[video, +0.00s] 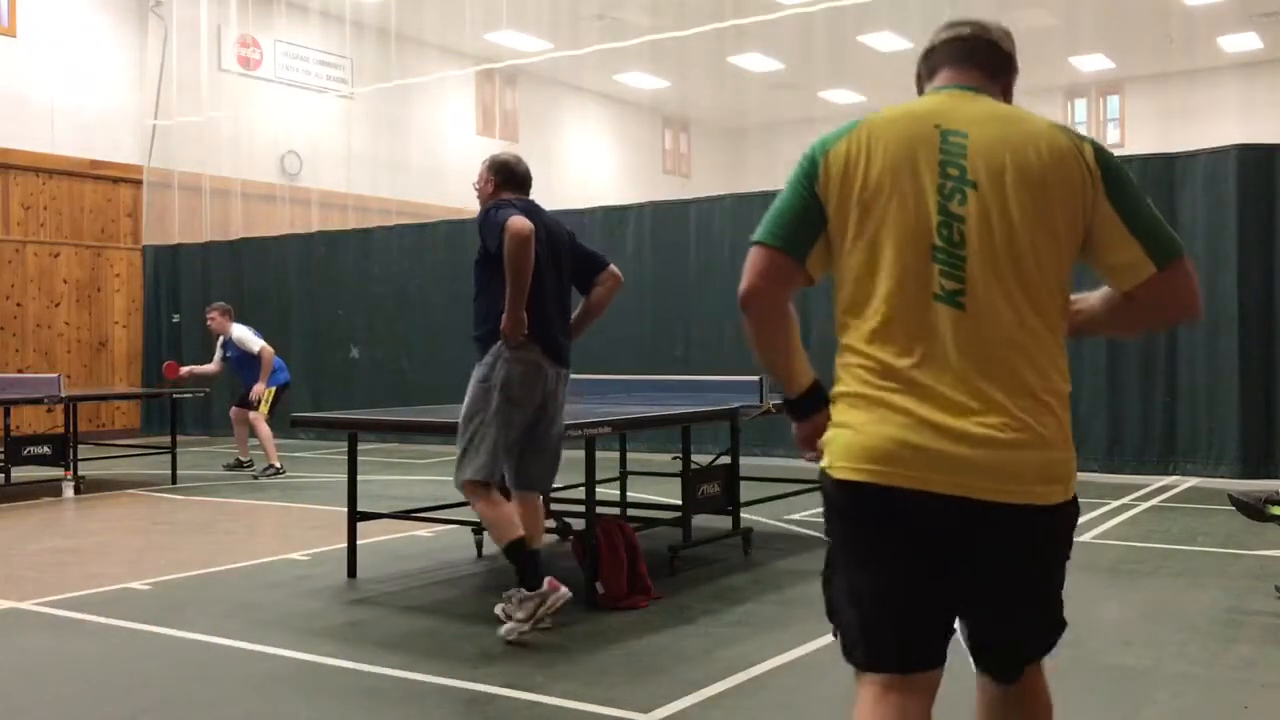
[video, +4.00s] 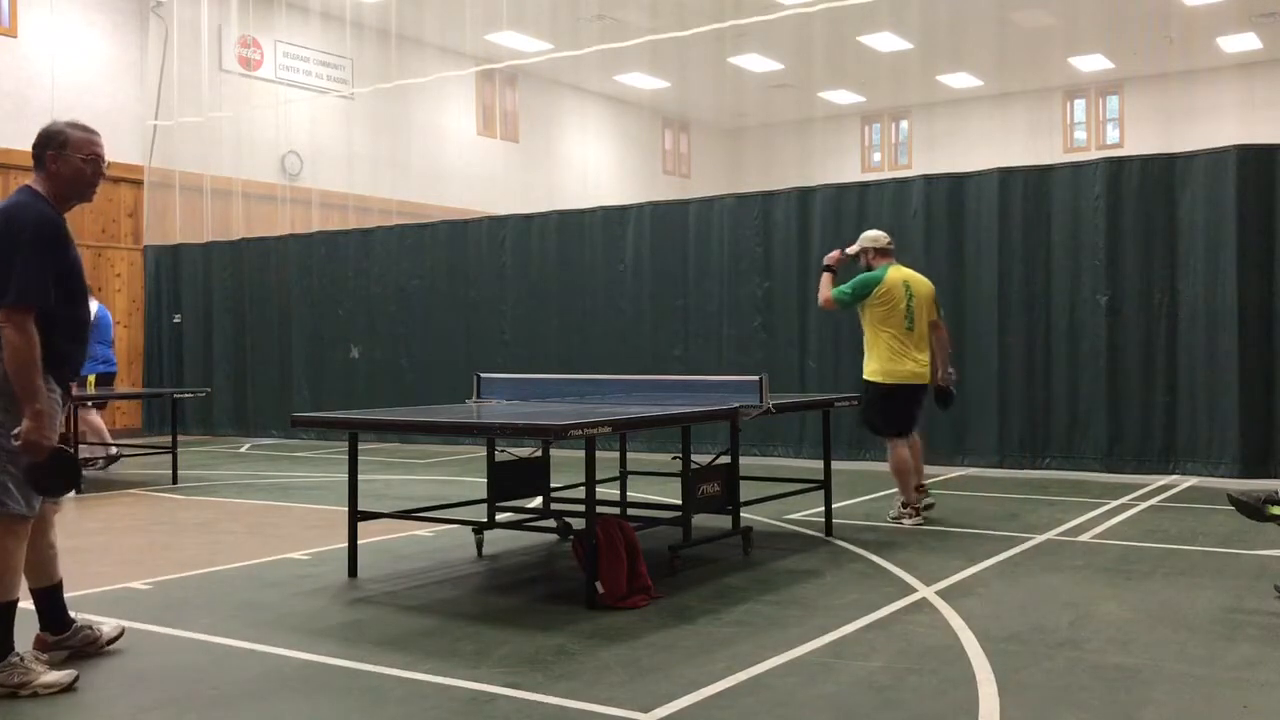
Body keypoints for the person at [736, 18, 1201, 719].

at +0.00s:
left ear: (922, 83)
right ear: (1011, 87)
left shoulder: (847, 147)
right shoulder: (1073, 153)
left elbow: (760, 288)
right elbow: (1173, 295)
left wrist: (804, 399)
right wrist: (1069, 313)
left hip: (876, 470)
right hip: (1022, 477)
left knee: (890, 682)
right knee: (1014, 671)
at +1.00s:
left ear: (983, 174)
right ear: (1041, 179)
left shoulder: (934, 220)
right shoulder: (1076, 224)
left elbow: (881, 315)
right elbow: (1126, 316)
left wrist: (918, 354)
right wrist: (1068, 325)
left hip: (963, 417)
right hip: (1052, 420)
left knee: (975, 551)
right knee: (1053, 541)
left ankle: (980, 702)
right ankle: (1060, 656)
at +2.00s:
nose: (979, 223)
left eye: (978, 217)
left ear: (980, 218)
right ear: (1021, 219)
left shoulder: (951, 255)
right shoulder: (1051, 257)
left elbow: (921, 311)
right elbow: (1090, 323)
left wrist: (955, 282)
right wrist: (1122, 375)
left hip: (978, 394)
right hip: (1039, 395)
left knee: (988, 487)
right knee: (1039, 485)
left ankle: (995, 598)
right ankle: (1042, 572)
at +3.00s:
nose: (936, 251)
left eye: (935, 247)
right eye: (937, 247)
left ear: (940, 245)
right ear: (970, 239)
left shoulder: (934, 272)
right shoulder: (1007, 272)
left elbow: (894, 299)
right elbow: (1034, 321)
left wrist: (911, 263)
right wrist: (1056, 367)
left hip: (951, 382)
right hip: (997, 383)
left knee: (959, 456)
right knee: (994, 450)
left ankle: (969, 540)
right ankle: (998, 522)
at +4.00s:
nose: (861, 263)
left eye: (861, 257)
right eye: (860, 258)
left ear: (869, 254)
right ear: (891, 252)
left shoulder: (872, 280)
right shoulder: (923, 283)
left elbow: (826, 299)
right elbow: (937, 328)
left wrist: (828, 268)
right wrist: (943, 370)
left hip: (885, 376)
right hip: (918, 375)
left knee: (896, 441)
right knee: (909, 432)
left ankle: (909, 506)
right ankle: (919, 490)